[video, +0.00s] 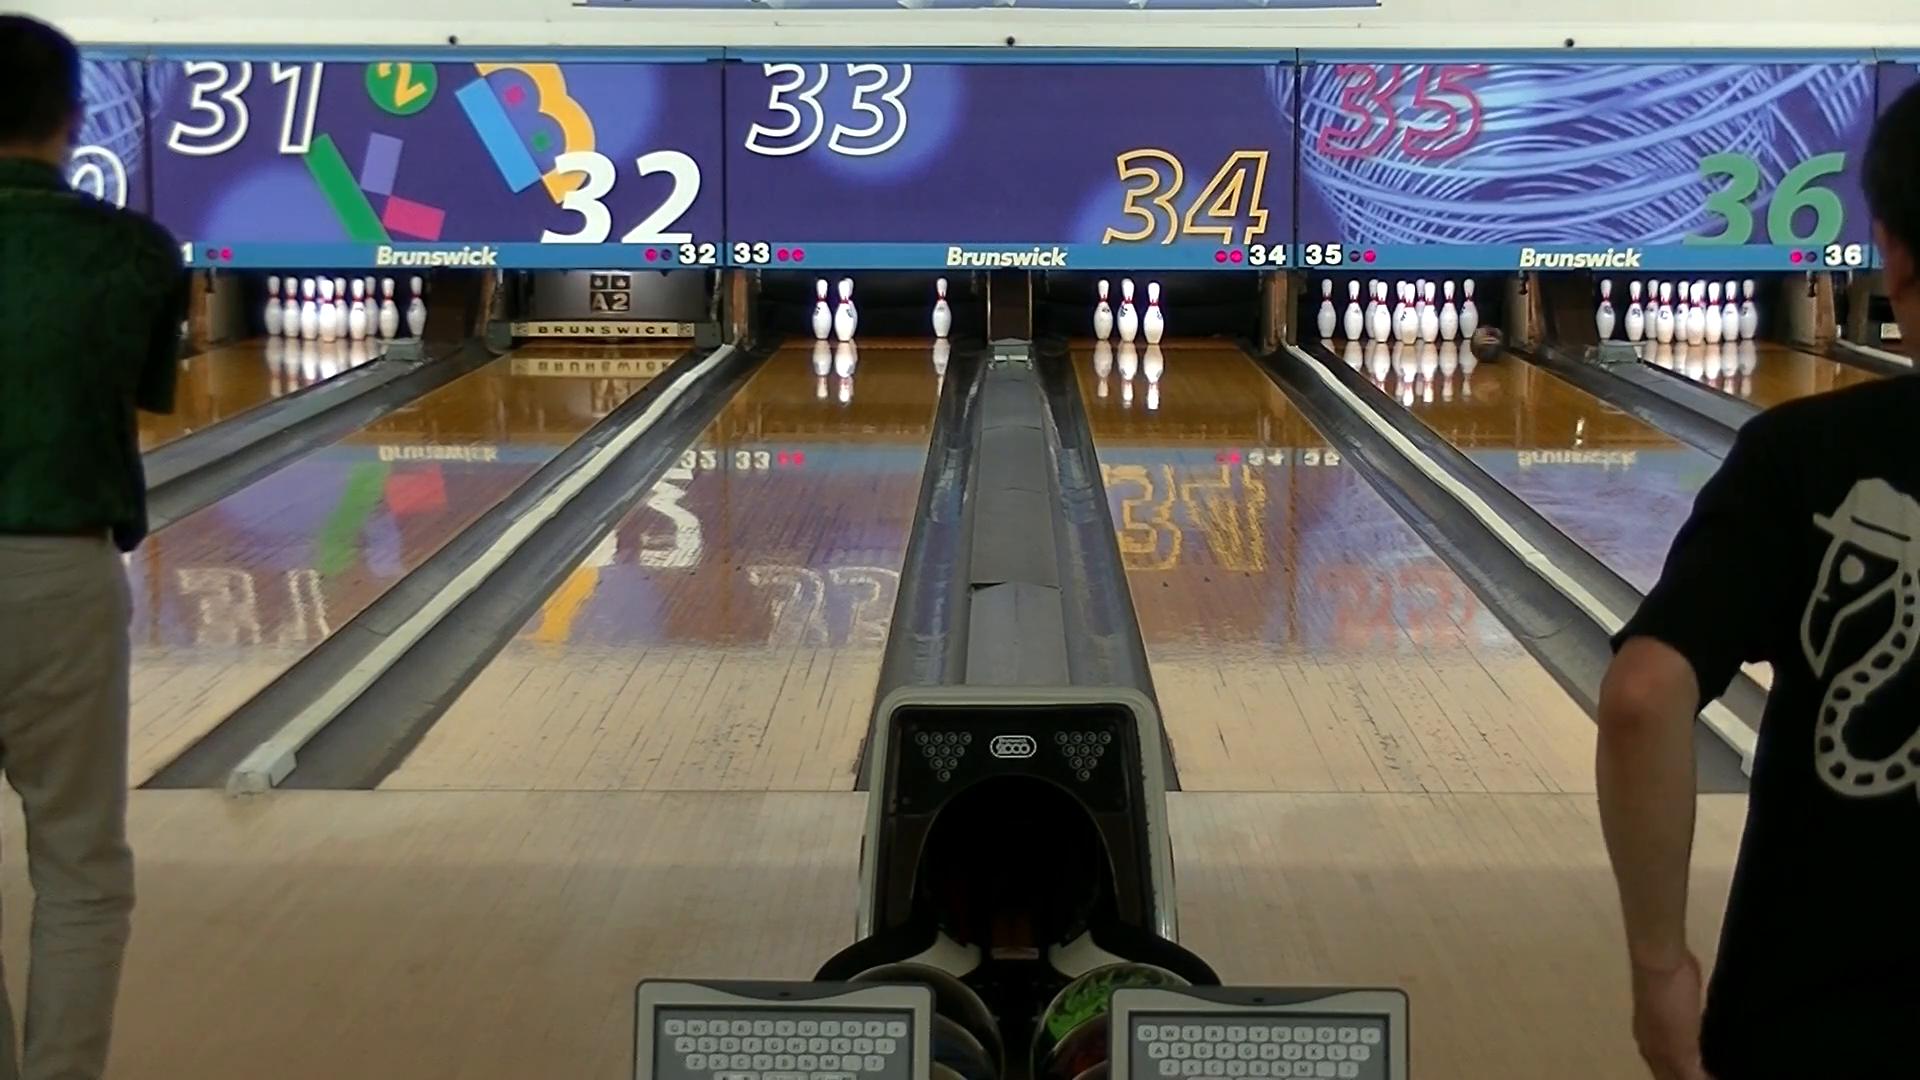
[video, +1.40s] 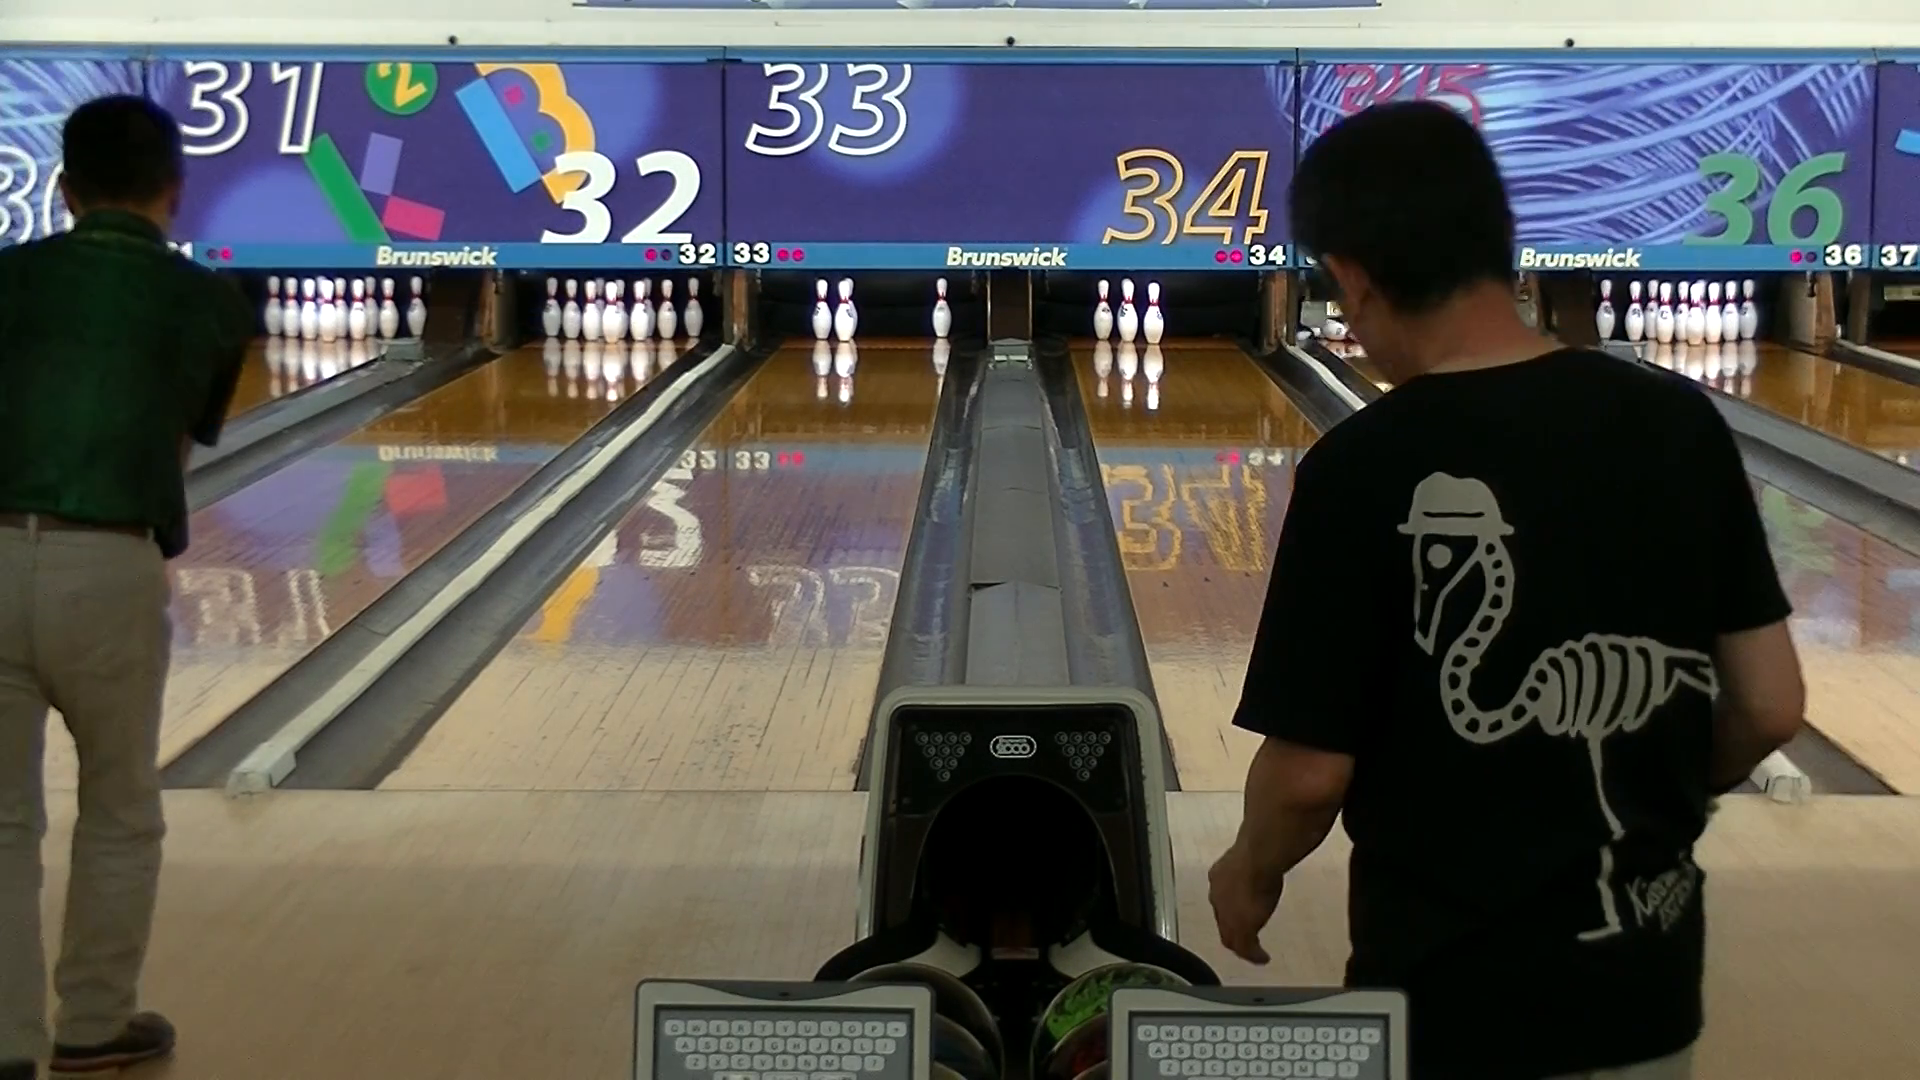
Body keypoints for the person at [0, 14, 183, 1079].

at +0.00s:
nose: (59, 121)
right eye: (64, 103)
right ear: (66, 117)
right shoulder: (124, 247)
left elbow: (154, 390)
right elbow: (155, 390)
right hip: (52, 575)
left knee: (68, 864)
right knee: (79, 870)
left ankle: (38, 1061)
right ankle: (59, 1070)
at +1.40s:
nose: (181, 197)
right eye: (178, 185)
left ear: (68, 186)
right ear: (171, 190)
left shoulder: (12, 271)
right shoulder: (203, 297)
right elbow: (199, 424)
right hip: (106, 574)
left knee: (7, 822)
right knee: (118, 813)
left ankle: (10, 1040)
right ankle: (92, 1025)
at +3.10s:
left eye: (291, 195)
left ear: (290, 205)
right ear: (368, 210)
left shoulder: (260, 266)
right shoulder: (392, 278)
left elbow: (205, 346)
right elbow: (394, 205)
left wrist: (142, 422)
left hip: (217, 476)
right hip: (311, 489)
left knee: (275, 650)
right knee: (289, 673)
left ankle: (311, 796)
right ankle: (212, 739)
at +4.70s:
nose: (439, 103)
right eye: (437, 91)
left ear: (348, 102)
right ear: (431, 96)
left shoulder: (303, 193)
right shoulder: (466, 192)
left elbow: (287, 339)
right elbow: (494, 328)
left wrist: (320, 402)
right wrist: (522, 435)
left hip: (322, 426)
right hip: (425, 427)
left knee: (338, 639)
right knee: (436, 638)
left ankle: (355, 838)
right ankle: (413, 836)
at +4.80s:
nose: (443, 91)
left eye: (433, 80)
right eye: (437, 82)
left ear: (354, 106)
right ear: (429, 90)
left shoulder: (313, 188)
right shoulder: (481, 197)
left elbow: (290, 330)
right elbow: (504, 342)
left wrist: (309, 416)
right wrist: (493, 444)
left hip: (323, 427)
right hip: (426, 426)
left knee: (342, 639)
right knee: (432, 638)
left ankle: (356, 838)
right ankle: (413, 838)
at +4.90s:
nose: (447, 88)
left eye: (436, 77)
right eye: (440, 79)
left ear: (359, 105)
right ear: (433, 88)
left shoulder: (318, 187)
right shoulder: (490, 194)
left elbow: (290, 331)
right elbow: (514, 335)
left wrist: (306, 419)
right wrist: (463, 384)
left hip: (322, 426)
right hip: (428, 427)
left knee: (340, 641)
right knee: (433, 640)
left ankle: (355, 839)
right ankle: (416, 838)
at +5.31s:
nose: (430, 105)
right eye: (428, 94)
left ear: (337, 101)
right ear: (424, 101)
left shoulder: (292, 193)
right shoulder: (468, 200)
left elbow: (268, 331)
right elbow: (505, 338)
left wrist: (276, 432)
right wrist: (513, 432)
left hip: (311, 436)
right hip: (422, 439)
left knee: (316, 647)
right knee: (434, 647)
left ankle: (320, 842)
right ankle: (416, 840)